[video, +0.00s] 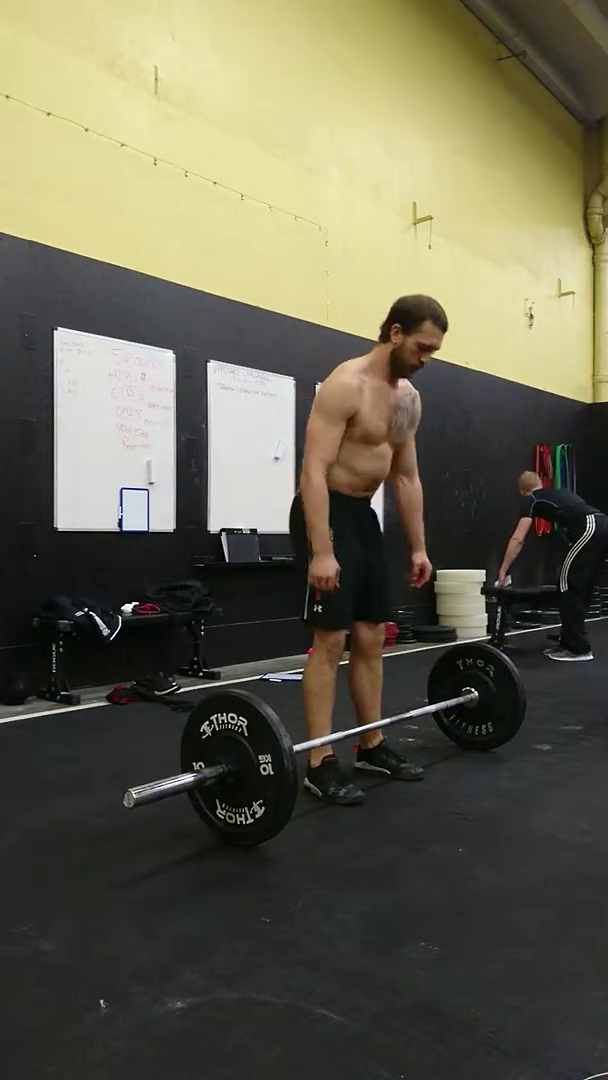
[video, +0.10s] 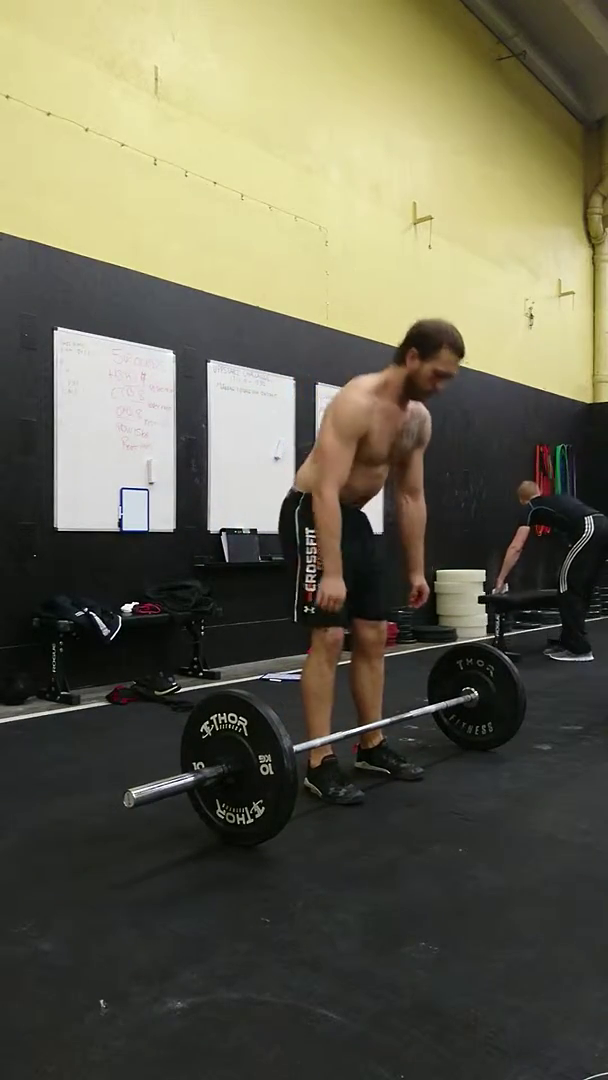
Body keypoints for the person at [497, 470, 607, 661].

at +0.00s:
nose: (524, 496)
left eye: (523, 493)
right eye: (523, 494)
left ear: (524, 491)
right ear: (540, 484)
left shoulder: (532, 500)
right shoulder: (556, 494)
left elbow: (518, 539)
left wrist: (503, 571)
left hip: (590, 528)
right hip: (600, 524)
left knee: (568, 583)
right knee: (580, 585)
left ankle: (577, 648)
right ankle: (570, 642)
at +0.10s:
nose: (522, 504)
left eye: (521, 502)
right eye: (522, 502)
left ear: (523, 500)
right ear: (538, 493)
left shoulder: (532, 508)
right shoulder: (554, 500)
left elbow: (516, 547)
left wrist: (501, 579)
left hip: (589, 528)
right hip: (601, 525)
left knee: (568, 584)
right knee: (580, 585)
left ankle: (578, 648)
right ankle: (569, 641)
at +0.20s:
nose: (522, 509)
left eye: (521, 507)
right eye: (521, 508)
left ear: (523, 504)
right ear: (537, 497)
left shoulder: (531, 510)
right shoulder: (553, 501)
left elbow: (513, 549)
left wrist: (497, 579)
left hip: (588, 529)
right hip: (600, 526)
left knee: (566, 584)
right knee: (580, 585)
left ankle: (578, 648)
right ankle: (569, 642)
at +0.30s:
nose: (521, 510)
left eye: (521, 507)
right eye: (520, 508)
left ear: (523, 504)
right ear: (536, 498)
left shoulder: (531, 509)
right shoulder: (553, 502)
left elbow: (514, 549)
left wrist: (498, 580)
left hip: (588, 529)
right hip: (600, 526)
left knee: (567, 586)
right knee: (581, 586)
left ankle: (578, 648)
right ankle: (568, 643)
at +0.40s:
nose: (520, 512)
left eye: (520, 509)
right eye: (519, 510)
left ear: (523, 502)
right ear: (534, 498)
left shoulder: (531, 509)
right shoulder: (552, 502)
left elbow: (514, 548)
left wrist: (499, 579)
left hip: (587, 529)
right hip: (600, 526)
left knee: (568, 586)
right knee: (583, 587)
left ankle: (578, 648)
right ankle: (569, 642)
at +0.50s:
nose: (519, 512)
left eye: (518, 508)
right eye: (517, 509)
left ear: (521, 501)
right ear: (531, 497)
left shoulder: (531, 508)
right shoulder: (550, 502)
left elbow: (514, 547)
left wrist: (500, 578)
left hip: (587, 528)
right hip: (600, 525)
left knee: (567, 585)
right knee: (582, 586)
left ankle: (578, 648)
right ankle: (569, 641)